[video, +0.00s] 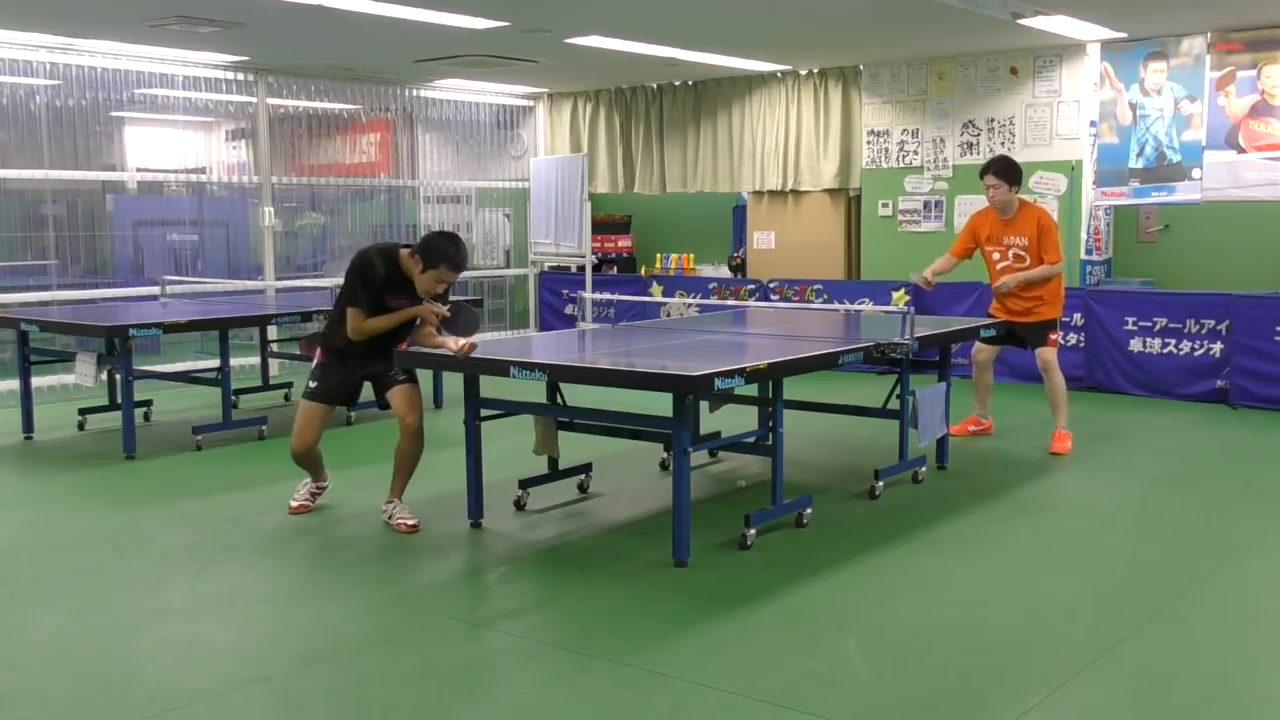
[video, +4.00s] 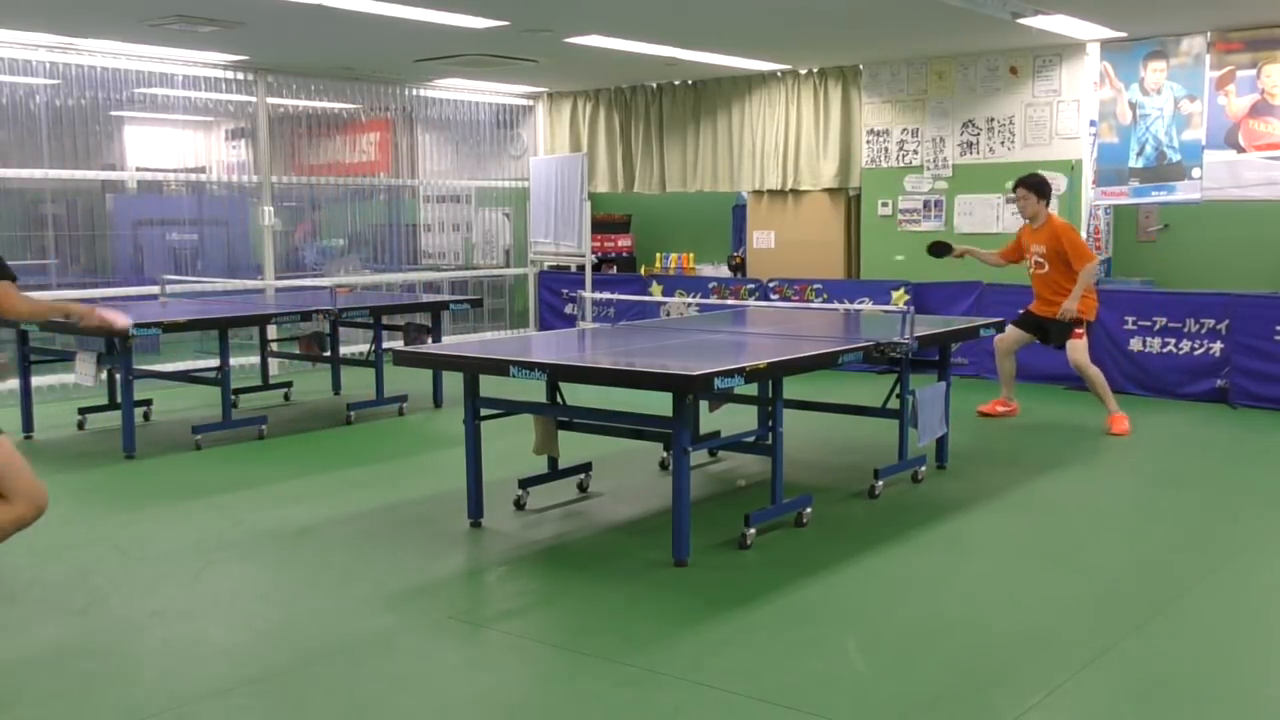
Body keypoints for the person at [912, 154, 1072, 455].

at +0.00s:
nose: (989, 194)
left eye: (995, 188)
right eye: (986, 188)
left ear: (1014, 187)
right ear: (984, 188)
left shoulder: (1039, 218)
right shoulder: (980, 221)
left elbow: (1055, 266)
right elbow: (954, 256)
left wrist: (1019, 277)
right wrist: (931, 271)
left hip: (1042, 307)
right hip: (1003, 306)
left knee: (1047, 361)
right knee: (980, 356)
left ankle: (1062, 429)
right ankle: (981, 419)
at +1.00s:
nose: (977, 183)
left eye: (983, 177)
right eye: (975, 177)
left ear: (1002, 179)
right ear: (975, 181)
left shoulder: (1028, 213)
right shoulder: (977, 218)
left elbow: (1050, 256)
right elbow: (970, 260)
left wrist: (1014, 277)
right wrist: (956, 273)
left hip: (1037, 306)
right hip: (1000, 306)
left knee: (1042, 360)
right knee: (978, 355)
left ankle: (1061, 429)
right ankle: (981, 419)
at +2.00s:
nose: (977, 211)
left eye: (982, 205)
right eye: (975, 205)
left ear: (1003, 206)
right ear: (973, 206)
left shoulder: (1029, 234)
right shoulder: (970, 238)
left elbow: (1050, 280)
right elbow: (926, 255)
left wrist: (1016, 292)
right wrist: (927, 276)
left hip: (1035, 322)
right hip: (993, 321)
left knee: (1051, 374)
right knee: (953, 361)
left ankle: (1076, 433)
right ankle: (947, 427)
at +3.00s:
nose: (1054, 196)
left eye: (1060, 190)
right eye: (1052, 191)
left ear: (1079, 192)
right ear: (1051, 195)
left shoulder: (1109, 218)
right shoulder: (1044, 231)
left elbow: (1143, 236)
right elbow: (1002, 242)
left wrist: (1143, 272)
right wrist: (968, 233)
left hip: (1120, 307)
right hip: (1076, 311)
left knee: (1138, 361)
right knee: (1044, 359)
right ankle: (1030, 407)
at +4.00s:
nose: (1019, 205)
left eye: (1023, 199)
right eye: (1017, 200)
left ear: (1041, 200)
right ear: (1019, 201)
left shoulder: (1062, 229)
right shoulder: (1025, 233)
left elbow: (1091, 265)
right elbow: (1002, 258)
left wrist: (1074, 299)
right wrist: (970, 251)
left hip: (1074, 309)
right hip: (1042, 308)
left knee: (1079, 361)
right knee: (1003, 344)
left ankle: (1115, 413)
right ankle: (1007, 401)